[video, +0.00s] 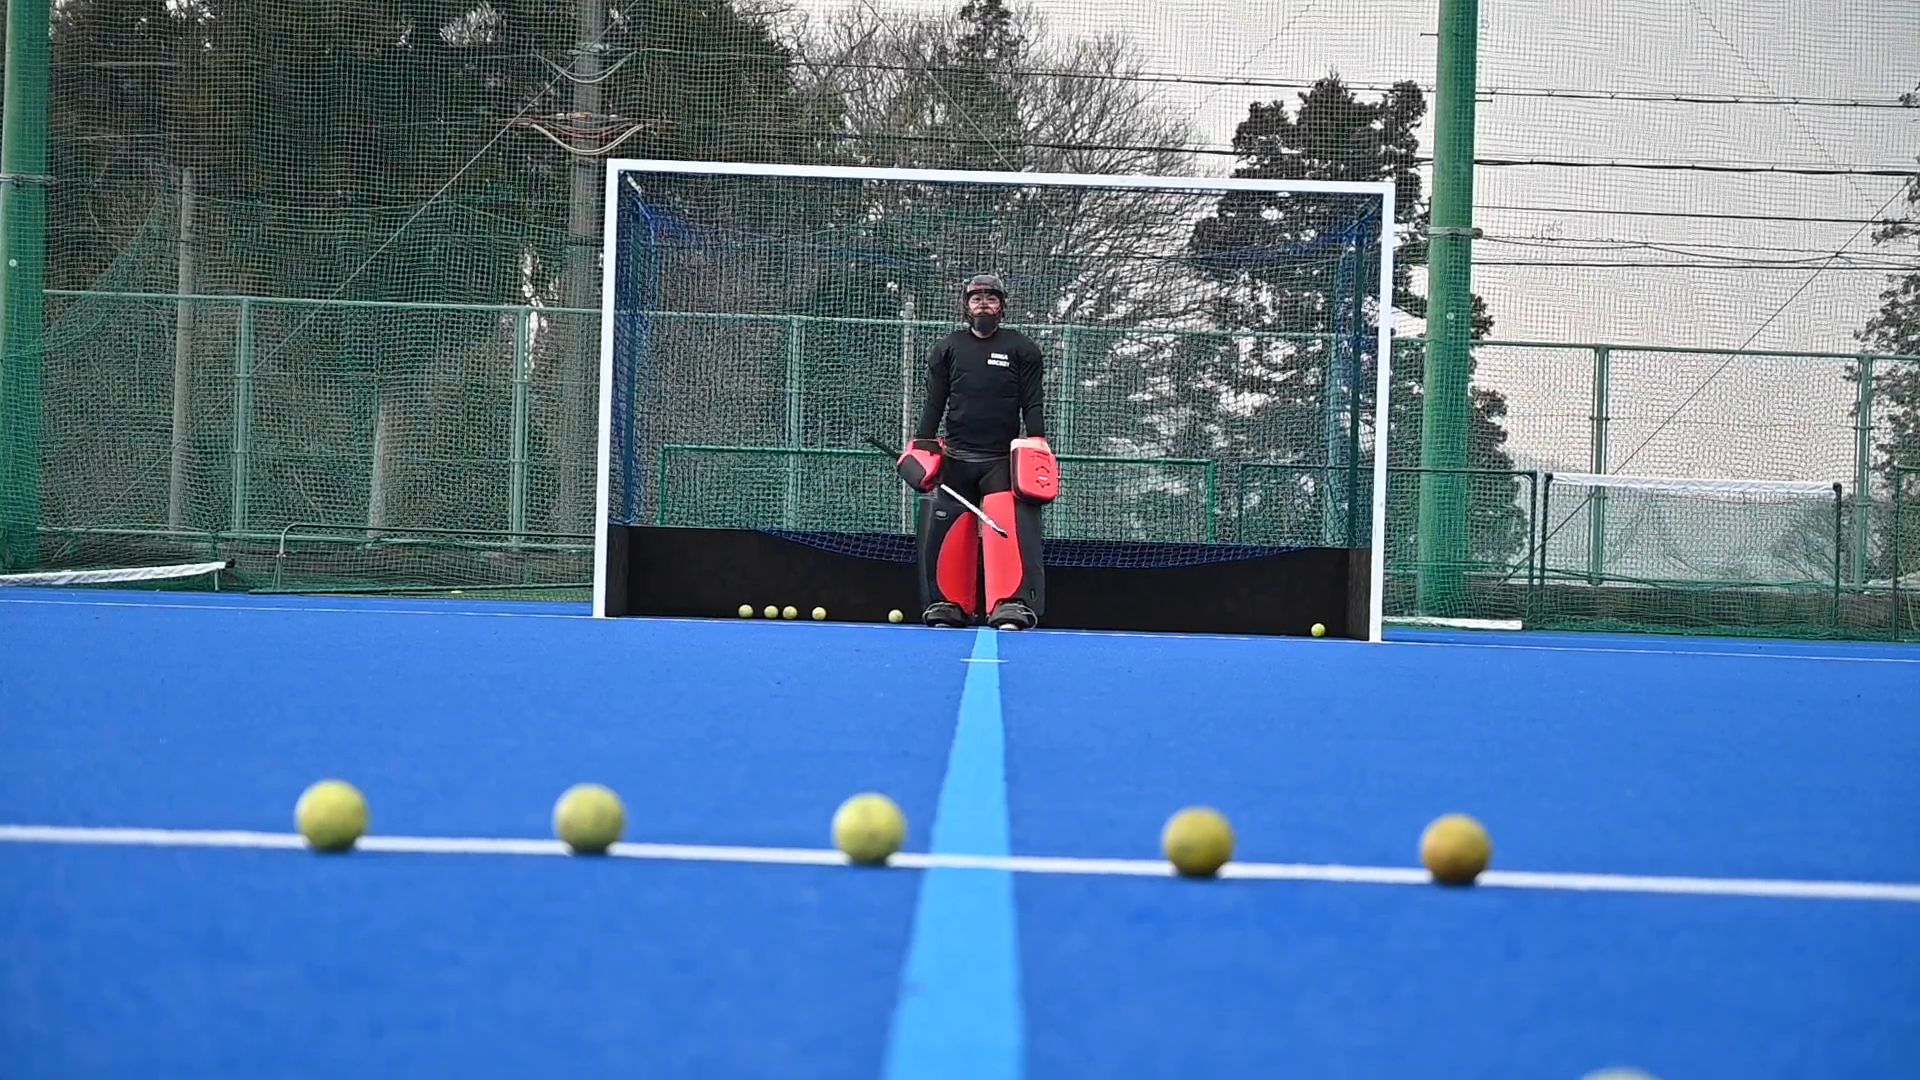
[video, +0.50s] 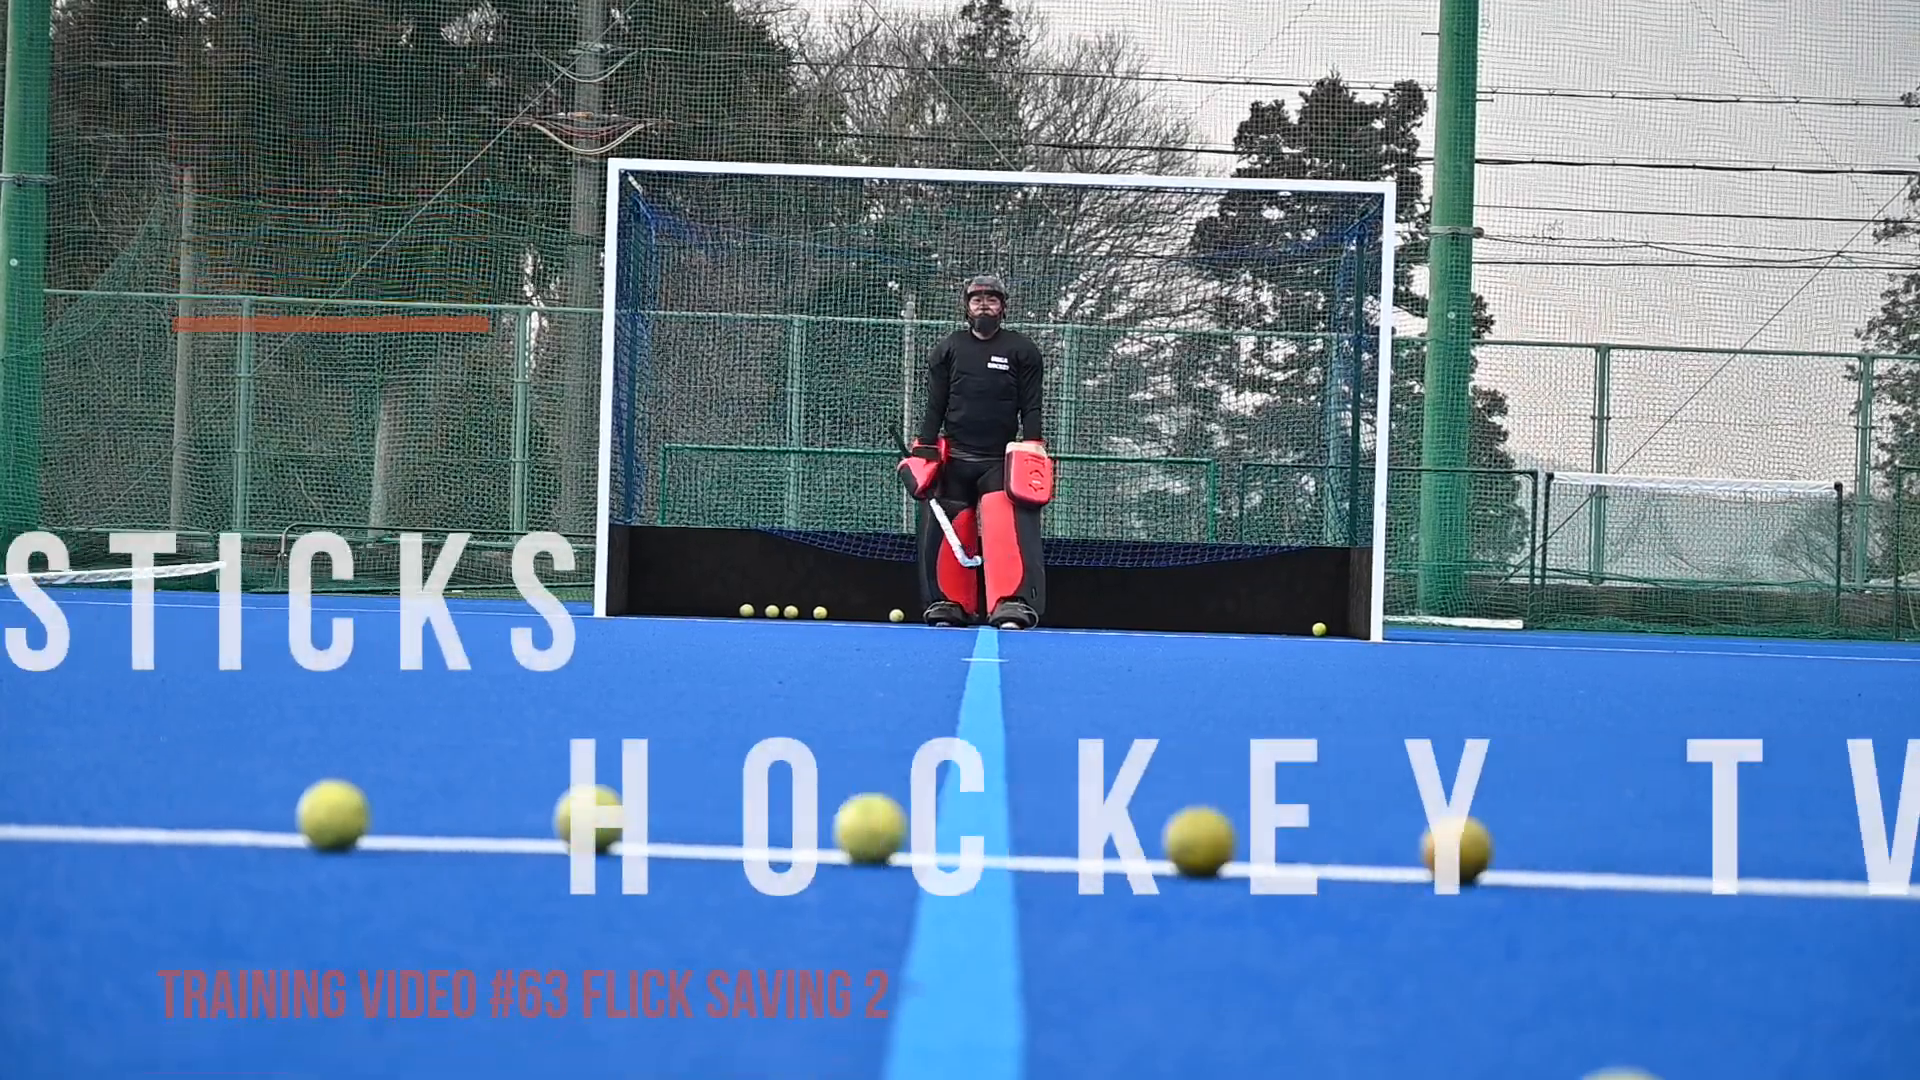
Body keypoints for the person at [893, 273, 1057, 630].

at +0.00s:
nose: (983, 304)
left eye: (991, 298)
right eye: (976, 298)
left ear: (1002, 305)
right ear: (966, 304)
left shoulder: (1022, 349)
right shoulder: (947, 348)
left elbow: (1032, 406)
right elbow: (933, 404)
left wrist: (1035, 453)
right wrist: (921, 449)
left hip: (1003, 460)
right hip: (956, 458)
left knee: (1010, 529)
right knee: (942, 528)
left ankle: (1011, 605)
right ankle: (946, 604)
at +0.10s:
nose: (984, 303)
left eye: (991, 297)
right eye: (977, 297)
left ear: (1002, 304)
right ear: (967, 304)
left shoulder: (1023, 348)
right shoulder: (947, 348)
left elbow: (1032, 404)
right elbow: (934, 403)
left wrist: (1036, 450)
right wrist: (925, 448)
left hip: (1004, 459)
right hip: (956, 457)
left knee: (1008, 530)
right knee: (944, 530)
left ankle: (1011, 605)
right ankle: (947, 604)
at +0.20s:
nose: (985, 303)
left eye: (992, 297)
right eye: (978, 297)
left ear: (1003, 305)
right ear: (967, 304)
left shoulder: (1023, 348)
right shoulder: (949, 347)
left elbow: (1032, 405)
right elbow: (936, 404)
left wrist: (1035, 452)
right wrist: (927, 449)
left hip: (1004, 459)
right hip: (956, 458)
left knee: (1009, 529)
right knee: (943, 528)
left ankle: (1011, 604)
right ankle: (946, 603)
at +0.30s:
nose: (984, 303)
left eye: (992, 297)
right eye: (977, 297)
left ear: (1003, 305)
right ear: (967, 304)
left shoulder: (1023, 349)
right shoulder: (948, 348)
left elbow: (1032, 406)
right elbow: (937, 406)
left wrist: (1032, 454)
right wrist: (927, 453)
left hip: (1004, 460)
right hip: (957, 458)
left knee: (1009, 528)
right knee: (943, 527)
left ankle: (1011, 604)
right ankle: (947, 603)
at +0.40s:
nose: (984, 304)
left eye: (992, 298)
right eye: (977, 298)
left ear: (1003, 305)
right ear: (967, 305)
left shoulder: (1023, 349)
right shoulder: (949, 347)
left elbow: (1032, 407)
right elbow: (936, 405)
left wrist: (1033, 454)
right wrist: (926, 452)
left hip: (1003, 460)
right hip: (956, 458)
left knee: (1008, 529)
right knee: (945, 529)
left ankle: (1012, 604)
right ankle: (948, 603)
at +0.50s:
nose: (984, 305)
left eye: (991, 299)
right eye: (977, 299)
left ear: (1002, 306)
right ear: (967, 306)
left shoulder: (1022, 350)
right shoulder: (948, 348)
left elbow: (1031, 408)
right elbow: (935, 405)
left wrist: (1032, 455)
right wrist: (924, 452)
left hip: (1001, 461)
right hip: (955, 459)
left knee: (1006, 531)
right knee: (946, 531)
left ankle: (1010, 604)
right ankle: (949, 603)